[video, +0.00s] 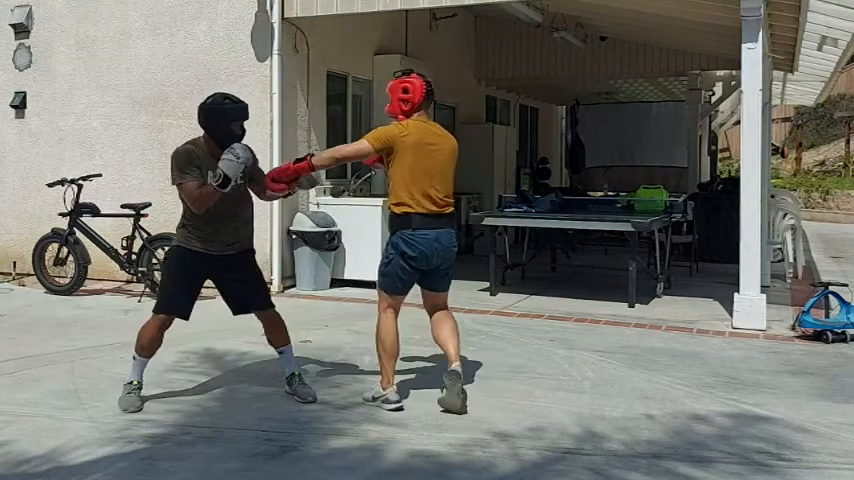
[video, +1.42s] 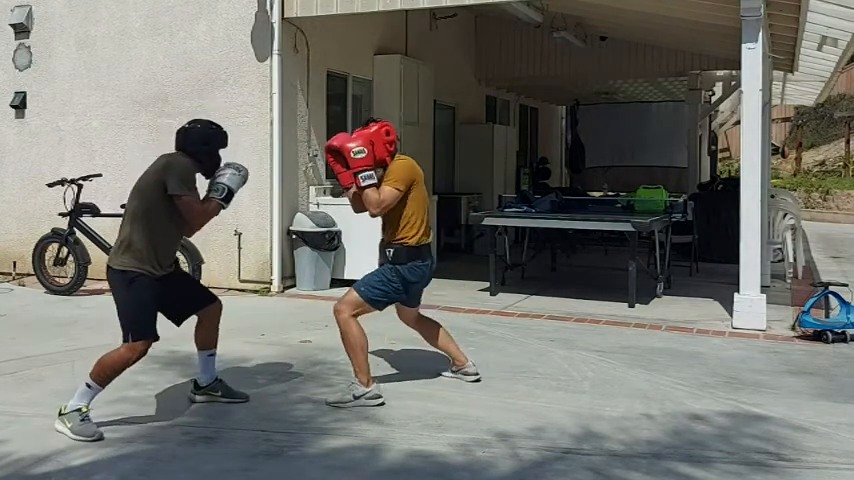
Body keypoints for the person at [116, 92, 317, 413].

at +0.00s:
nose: (242, 129)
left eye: (242, 123)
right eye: (236, 124)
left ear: (238, 122)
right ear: (215, 126)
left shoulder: (241, 153)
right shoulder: (186, 155)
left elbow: (264, 190)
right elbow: (198, 204)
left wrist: (294, 182)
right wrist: (224, 175)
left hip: (236, 253)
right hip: (190, 252)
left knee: (267, 312)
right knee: (163, 316)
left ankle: (293, 374)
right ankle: (134, 381)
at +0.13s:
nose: (231, 132)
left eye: (232, 126)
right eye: (225, 126)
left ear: (222, 124)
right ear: (204, 125)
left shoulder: (221, 153)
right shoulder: (170, 150)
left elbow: (230, 186)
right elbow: (175, 199)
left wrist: (257, 189)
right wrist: (210, 176)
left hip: (216, 245)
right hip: (174, 246)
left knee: (252, 306)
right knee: (155, 318)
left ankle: (263, 376)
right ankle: (133, 383)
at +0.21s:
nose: (230, 130)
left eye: (232, 123)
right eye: (225, 123)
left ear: (218, 121)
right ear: (204, 120)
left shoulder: (215, 147)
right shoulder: (170, 142)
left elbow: (225, 181)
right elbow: (178, 192)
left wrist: (250, 178)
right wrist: (216, 170)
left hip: (210, 241)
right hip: (170, 242)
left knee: (247, 300)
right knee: (155, 317)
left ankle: (238, 376)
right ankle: (132, 382)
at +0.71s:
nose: (240, 134)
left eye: (241, 129)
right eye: (238, 128)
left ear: (214, 123)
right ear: (224, 126)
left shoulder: (211, 154)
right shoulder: (192, 141)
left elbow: (225, 203)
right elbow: (218, 194)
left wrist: (246, 170)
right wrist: (241, 161)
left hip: (184, 249)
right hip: (151, 246)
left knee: (217, 306)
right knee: (143, 318)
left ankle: (207, 381)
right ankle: (91, 393)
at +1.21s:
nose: (212, 138)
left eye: (213, 133)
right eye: (210, 132)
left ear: (183, 129)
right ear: (194, 131)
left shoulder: (179, 156)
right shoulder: (164, 151)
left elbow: (179, 200)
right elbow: (191, 201)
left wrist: (208, 171)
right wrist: (215, 171)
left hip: (167, 257)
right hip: (136, 257)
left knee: (212, 306)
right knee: (126, 334)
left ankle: (206, 381)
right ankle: (72, 408)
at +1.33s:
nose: (219, 148)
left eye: (219, 141)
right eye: (216, 141)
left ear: (185, 137)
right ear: (201, 141)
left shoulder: (175, 163)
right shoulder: (171, 159)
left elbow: (156, 220)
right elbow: (196, 210)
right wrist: (219, 180)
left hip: (165, 263)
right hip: (137, 263)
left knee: (213, 307)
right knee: (133, 340)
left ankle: (206, 381)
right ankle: (73, 409)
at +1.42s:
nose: (220, 157)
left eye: (220, 150)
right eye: (217, 150)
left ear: (186, 145)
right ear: (203, 149)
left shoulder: (177, 170)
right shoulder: (177, 165)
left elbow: (186, 227)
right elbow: (195, 219)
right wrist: (220, 192)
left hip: (161, 268)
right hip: (131, 268)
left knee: (210, 308)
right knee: (138, 343)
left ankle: (207, 382)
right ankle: (74, 409)